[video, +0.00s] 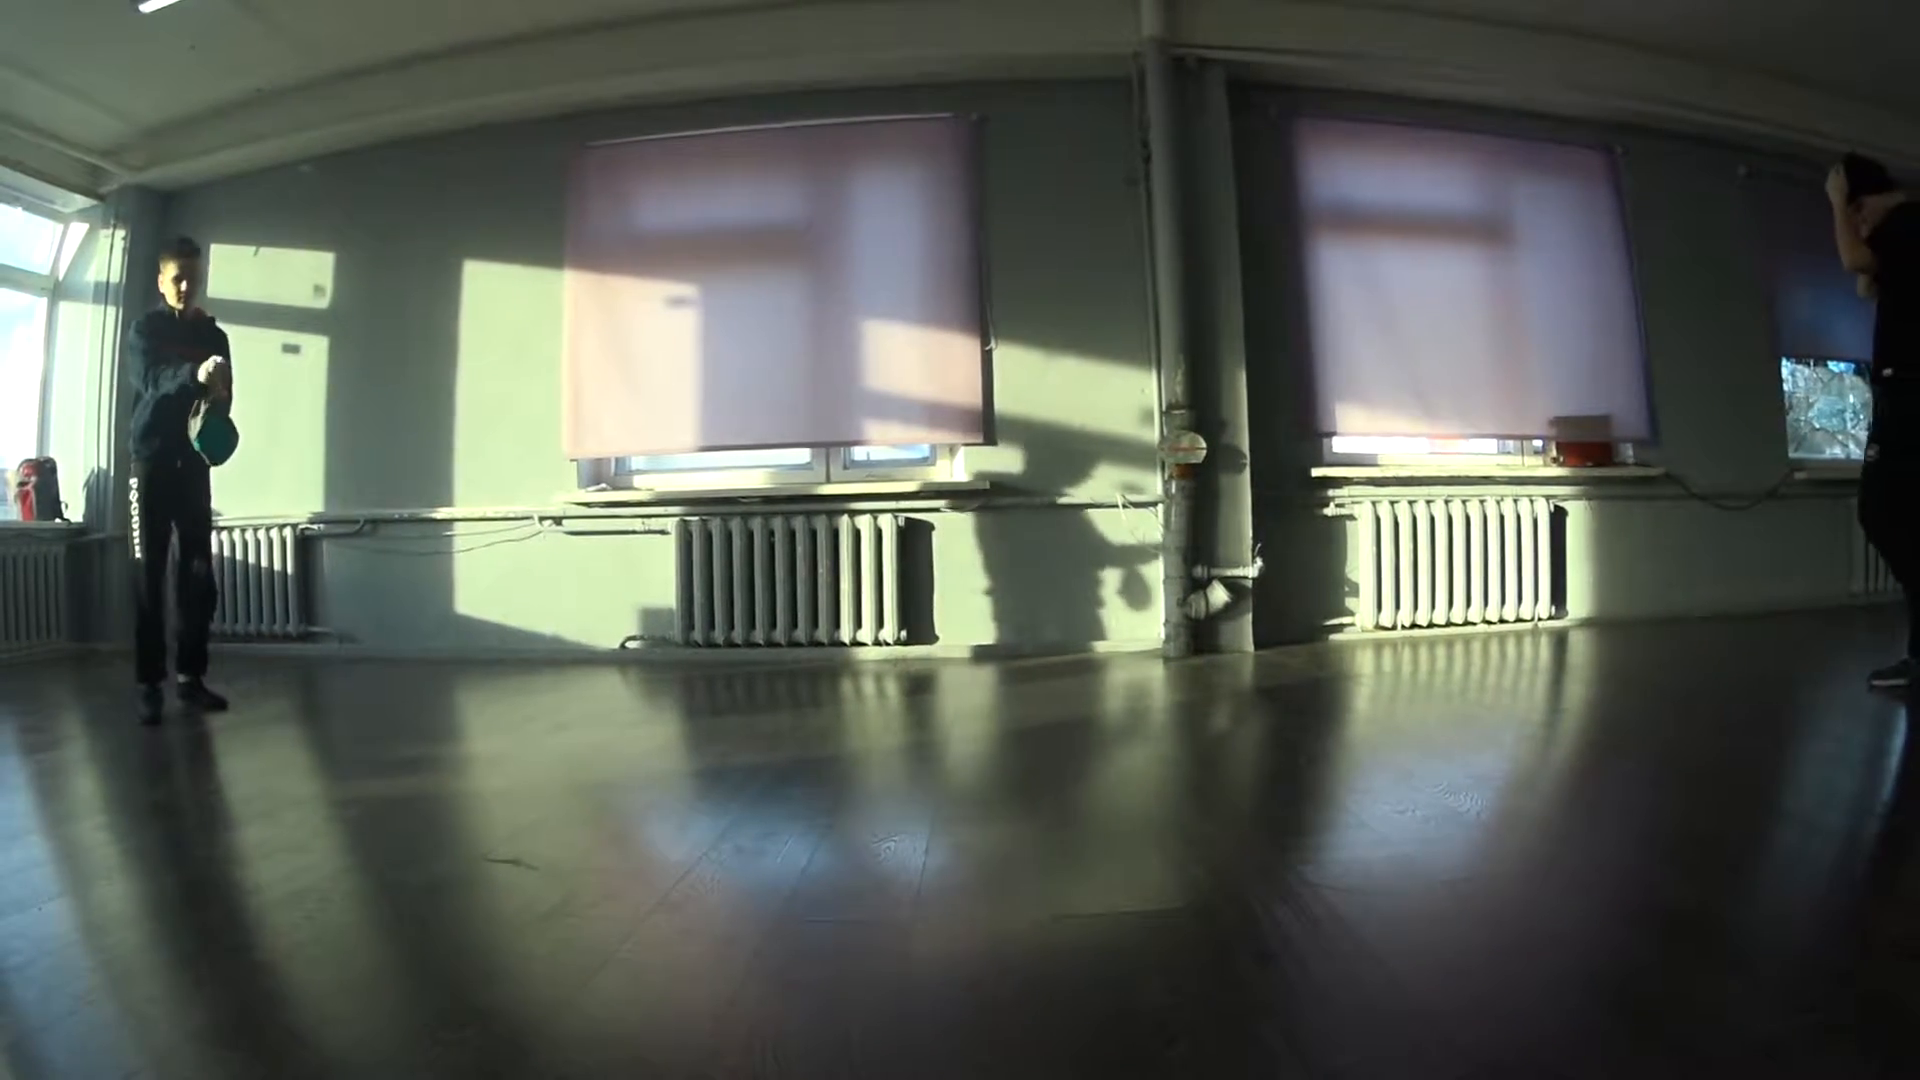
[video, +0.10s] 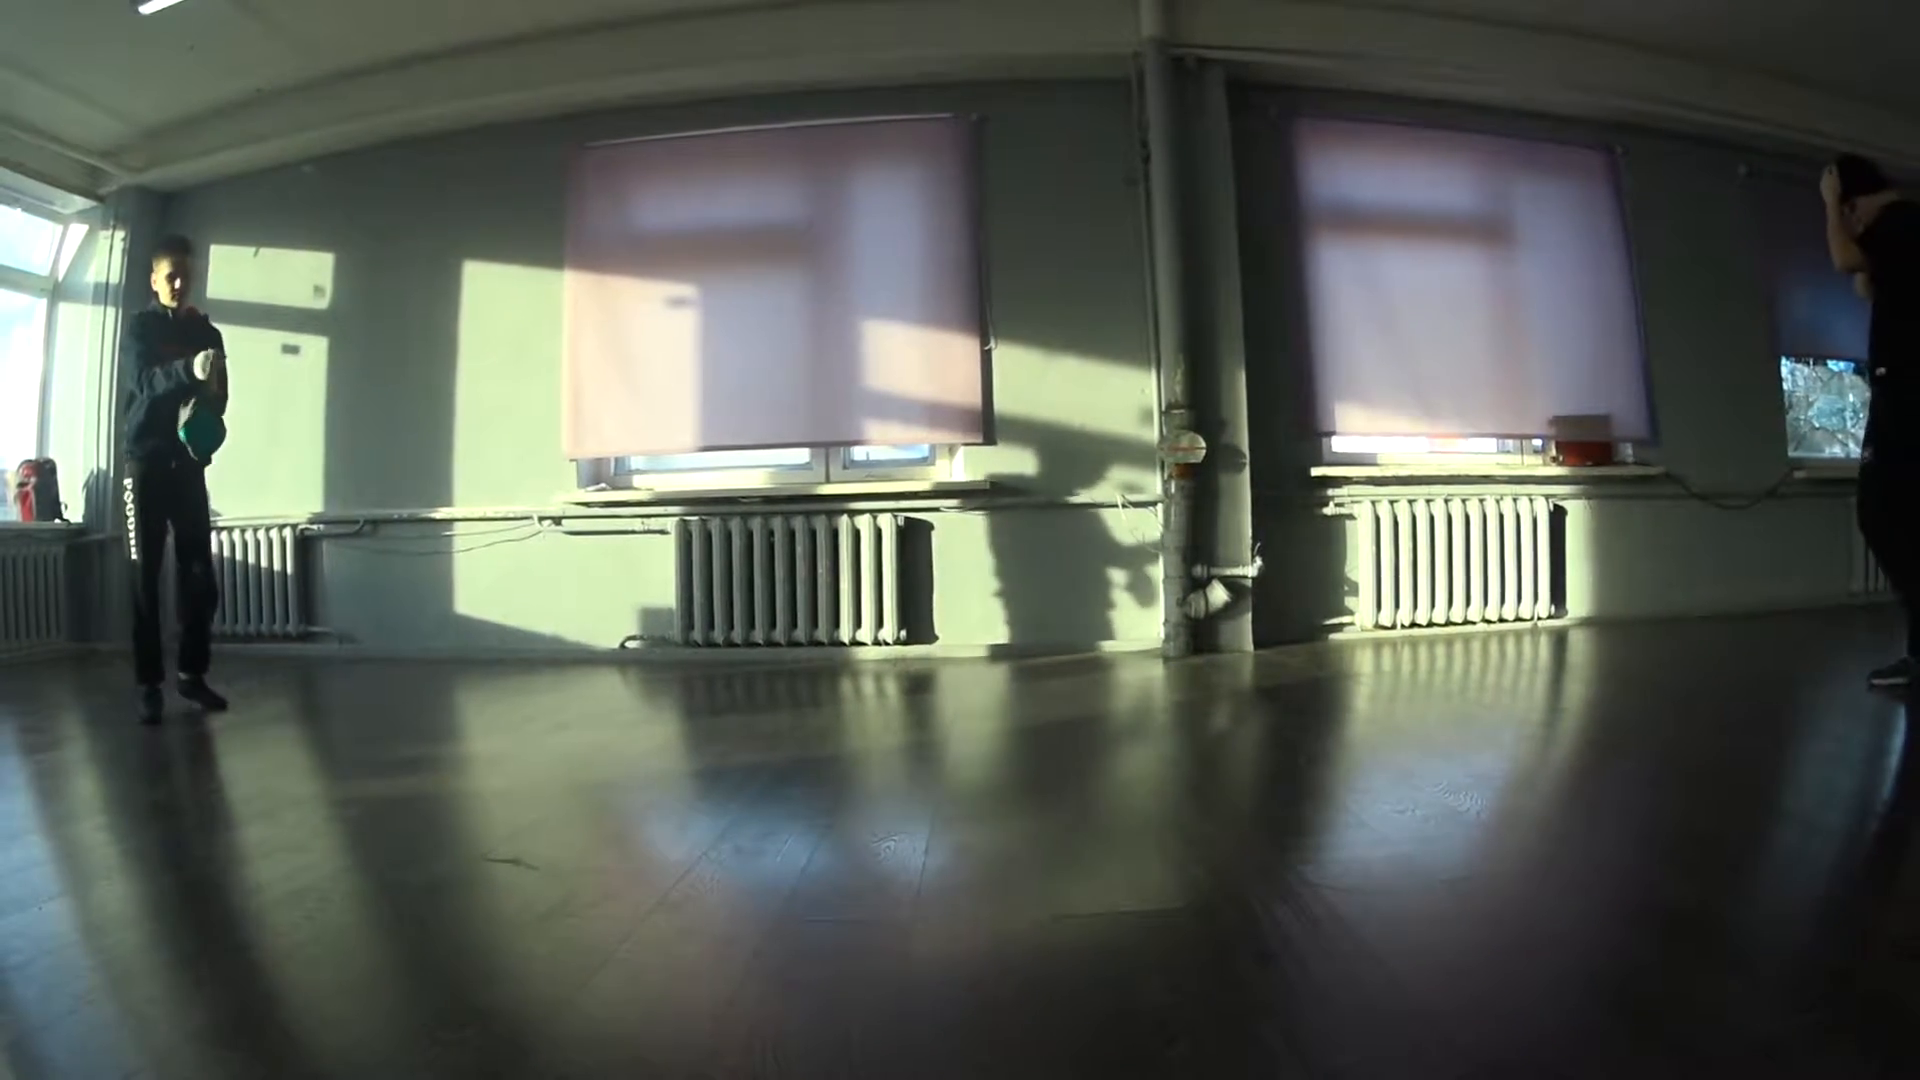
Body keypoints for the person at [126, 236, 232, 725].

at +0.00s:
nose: (182, 286)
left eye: (190, 278)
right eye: (174, 278)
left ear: (202, 278)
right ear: (160, 279)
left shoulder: (214, 335)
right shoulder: (144, 328)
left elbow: (221, 400)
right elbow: (149, 379)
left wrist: (218, 408)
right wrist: (196, 373)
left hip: (194, 461)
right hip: (149, 459)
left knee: (199, 569)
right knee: (149, 569)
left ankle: (191, 679)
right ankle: (150, 685)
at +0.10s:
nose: (176, 284)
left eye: (182, 276)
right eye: (168, 276)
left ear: (192, 277)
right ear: (152, 279)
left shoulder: (207, 332)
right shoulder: (139, 324)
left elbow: (217, 397)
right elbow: (139, 382)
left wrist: (207, 436)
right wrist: (188, 369)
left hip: (187, 462)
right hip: (143, 461)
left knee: (199, 572)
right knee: (145, 572)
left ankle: (191, 676)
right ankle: (149, 686)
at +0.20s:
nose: (172, 283)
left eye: (178, 275)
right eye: (163, 276)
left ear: (187, 278)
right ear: (147, 280)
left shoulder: (201, 330)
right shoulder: (134, 324)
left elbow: (213, 395)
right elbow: (138, 386)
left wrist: (196, 420)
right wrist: (180, 366)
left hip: (184, 466)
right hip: (138, 464)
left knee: (203, 571)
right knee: (141, 574)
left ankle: (197, 670)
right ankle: (149, 684)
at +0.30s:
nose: (169, 282)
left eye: (175, 274)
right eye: (161, 274)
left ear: (183, 276)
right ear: (141, 276)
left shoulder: (196, 327)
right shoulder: (128, 323)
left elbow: (205, 397)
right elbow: (131, 386)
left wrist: (183, 403)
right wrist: (178, 365)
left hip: (182, 461)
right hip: (135, 461)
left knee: (208, 572)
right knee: (139, 577)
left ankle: (198, 667)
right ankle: (148, 685)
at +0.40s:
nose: (170, 280)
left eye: (176, 271)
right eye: (162, 271)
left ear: (184, 272)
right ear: (141, 271)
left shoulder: (196, 323)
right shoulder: (127, 321)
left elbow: (206, 389)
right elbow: (130, 386)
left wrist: (184, 412)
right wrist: (177, 364)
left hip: (183, 457)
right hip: (136, 459)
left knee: (209, 567)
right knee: (140, 574)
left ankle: (205, 676)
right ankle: (150, 686)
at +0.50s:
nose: (179, 280)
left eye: (185, 271)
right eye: (170, 272)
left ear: (194, 273)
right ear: (149, 274)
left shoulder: (205, 325)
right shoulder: (138, 323)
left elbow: (216, 395)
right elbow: (143, 387)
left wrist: (196, 415)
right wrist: (189, 366)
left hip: (194, 458)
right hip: (148, 460)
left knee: (212, 572)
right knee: (152, 574)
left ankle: (226, 685)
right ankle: (160, 688)